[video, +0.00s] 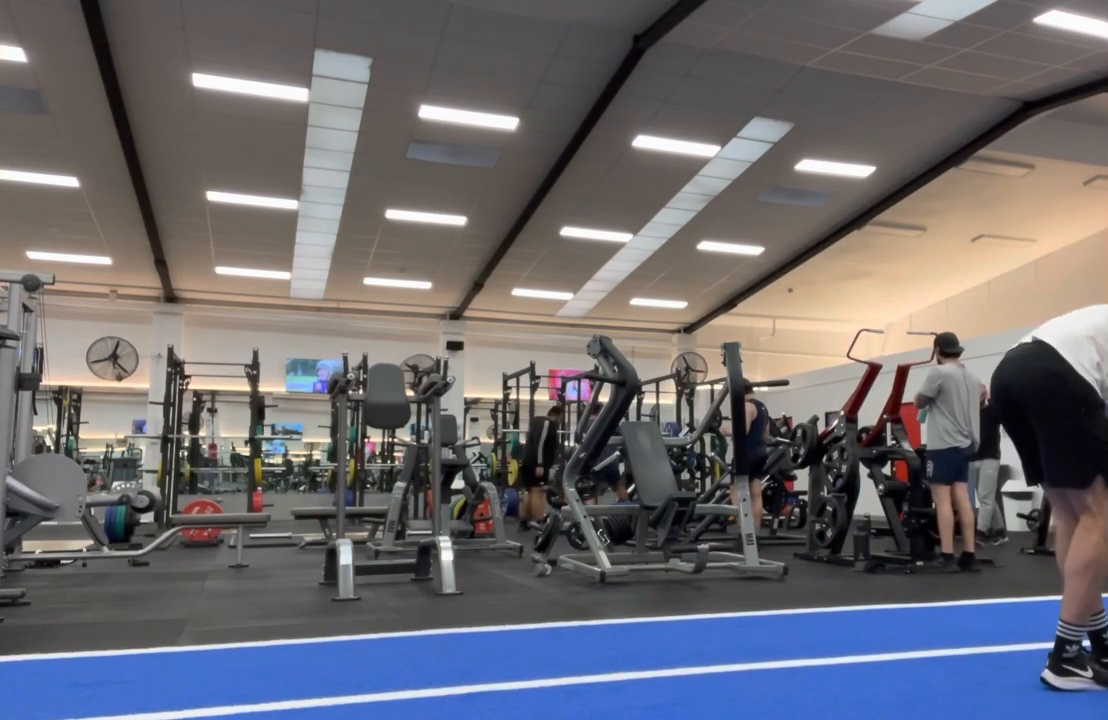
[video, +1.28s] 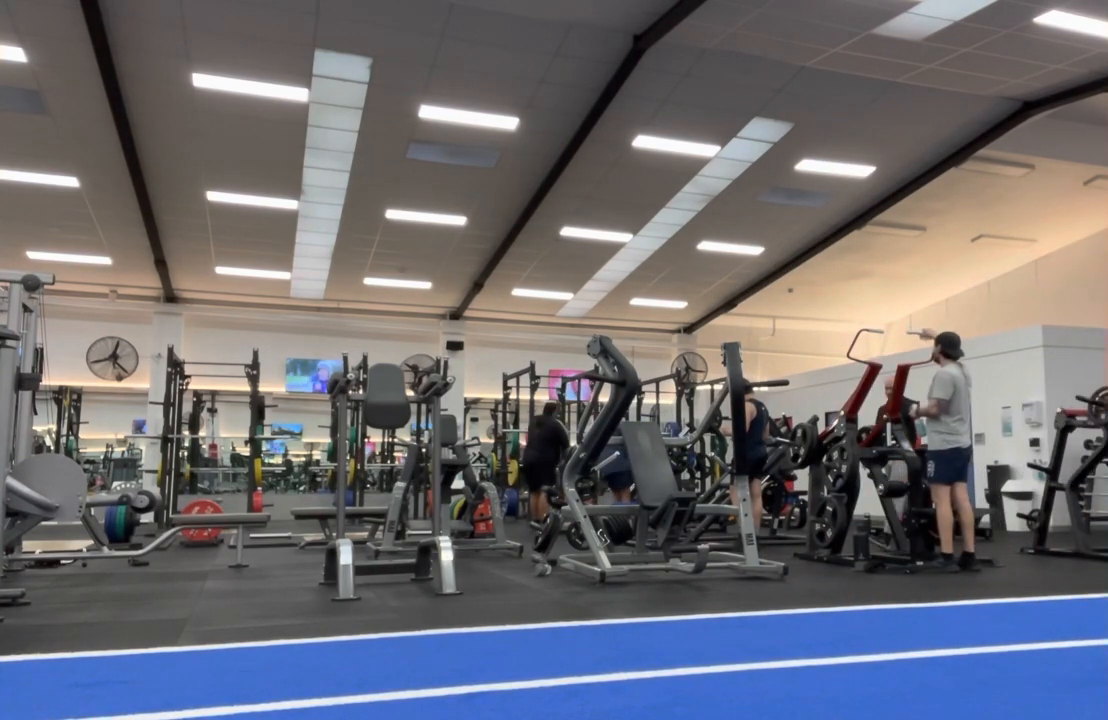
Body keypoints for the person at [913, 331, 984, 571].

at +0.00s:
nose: (935, 354)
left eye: (935, 351)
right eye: (938, 350)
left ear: (937, 351)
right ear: (959, 351)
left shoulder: (938, 374)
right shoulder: (972, 378)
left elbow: (919, 401)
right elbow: (977, 407)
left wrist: (934, 375)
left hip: (941, 446)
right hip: (965, 445)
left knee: (942, 501)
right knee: (963, 500)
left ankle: (947, 554)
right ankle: (969, 553)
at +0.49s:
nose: (933, 352)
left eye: (934, 348)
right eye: (936, 348)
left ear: (936, 350)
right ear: (957, 350)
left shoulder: (939, 374)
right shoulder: (965, 375)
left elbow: (928, 405)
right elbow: (958, 404)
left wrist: (920, 405)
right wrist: (927, 405)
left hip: (940, 447)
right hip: (962, 446)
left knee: (941, 502)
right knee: (962, 500)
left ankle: (947, 554)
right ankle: (969, 553)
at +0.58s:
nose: (932, 352)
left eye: (933, 348)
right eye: (934, 348)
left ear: (936, 351)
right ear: (956, 350)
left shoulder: (939, 374)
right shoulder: (963, 373)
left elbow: (932, 407)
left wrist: (918, 409)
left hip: (941, 447)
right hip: (962, 446)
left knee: (941, 501)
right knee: (962, 498)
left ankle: (947, 554)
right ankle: (969, 552)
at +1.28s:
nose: (933, 350)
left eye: (934, 347)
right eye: (934, 346)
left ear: (940, 351)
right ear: (955, 351)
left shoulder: (944, 375)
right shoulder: (962, 372)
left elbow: (936, 409)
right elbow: (953, 355)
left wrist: (917, 410)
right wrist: (938, 338)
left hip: (943, 447)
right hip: (961, 445)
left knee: (941, 501)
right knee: (962, 499)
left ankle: (947, 555)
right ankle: (969, 553)